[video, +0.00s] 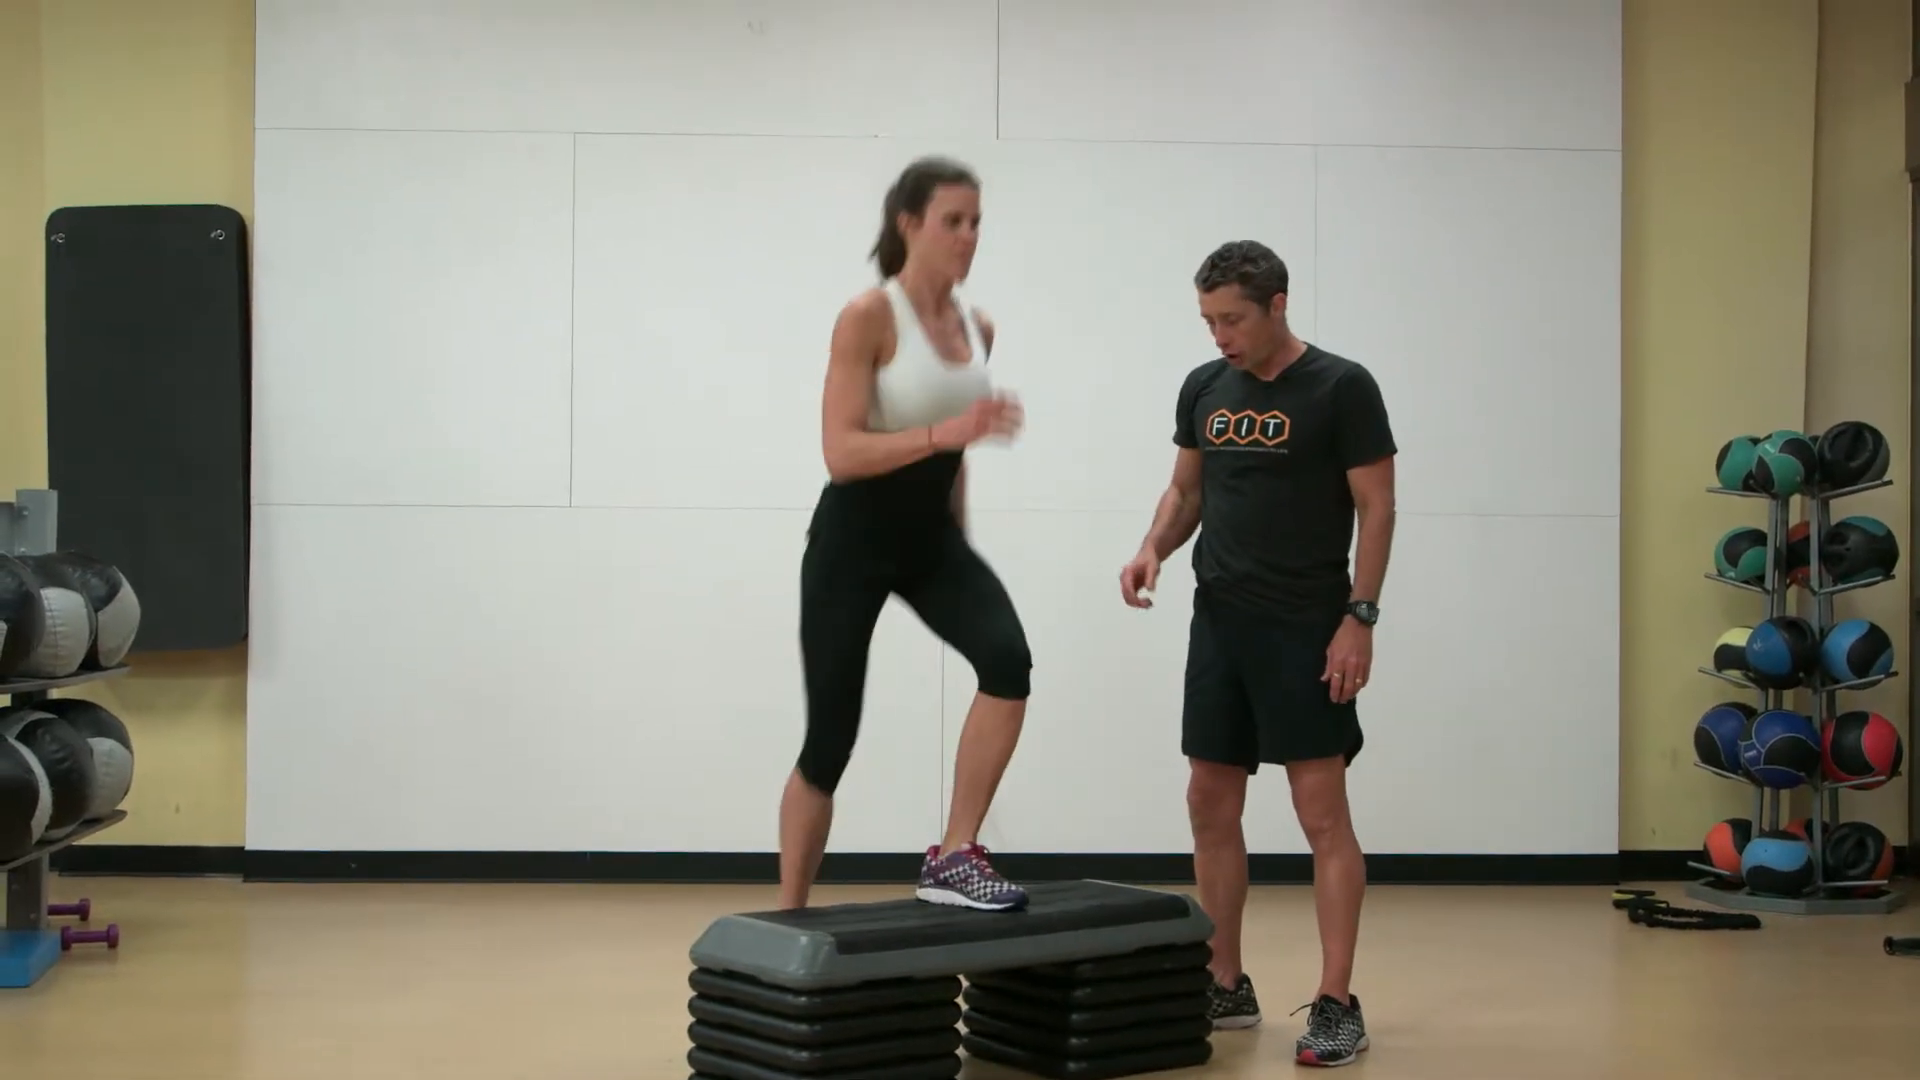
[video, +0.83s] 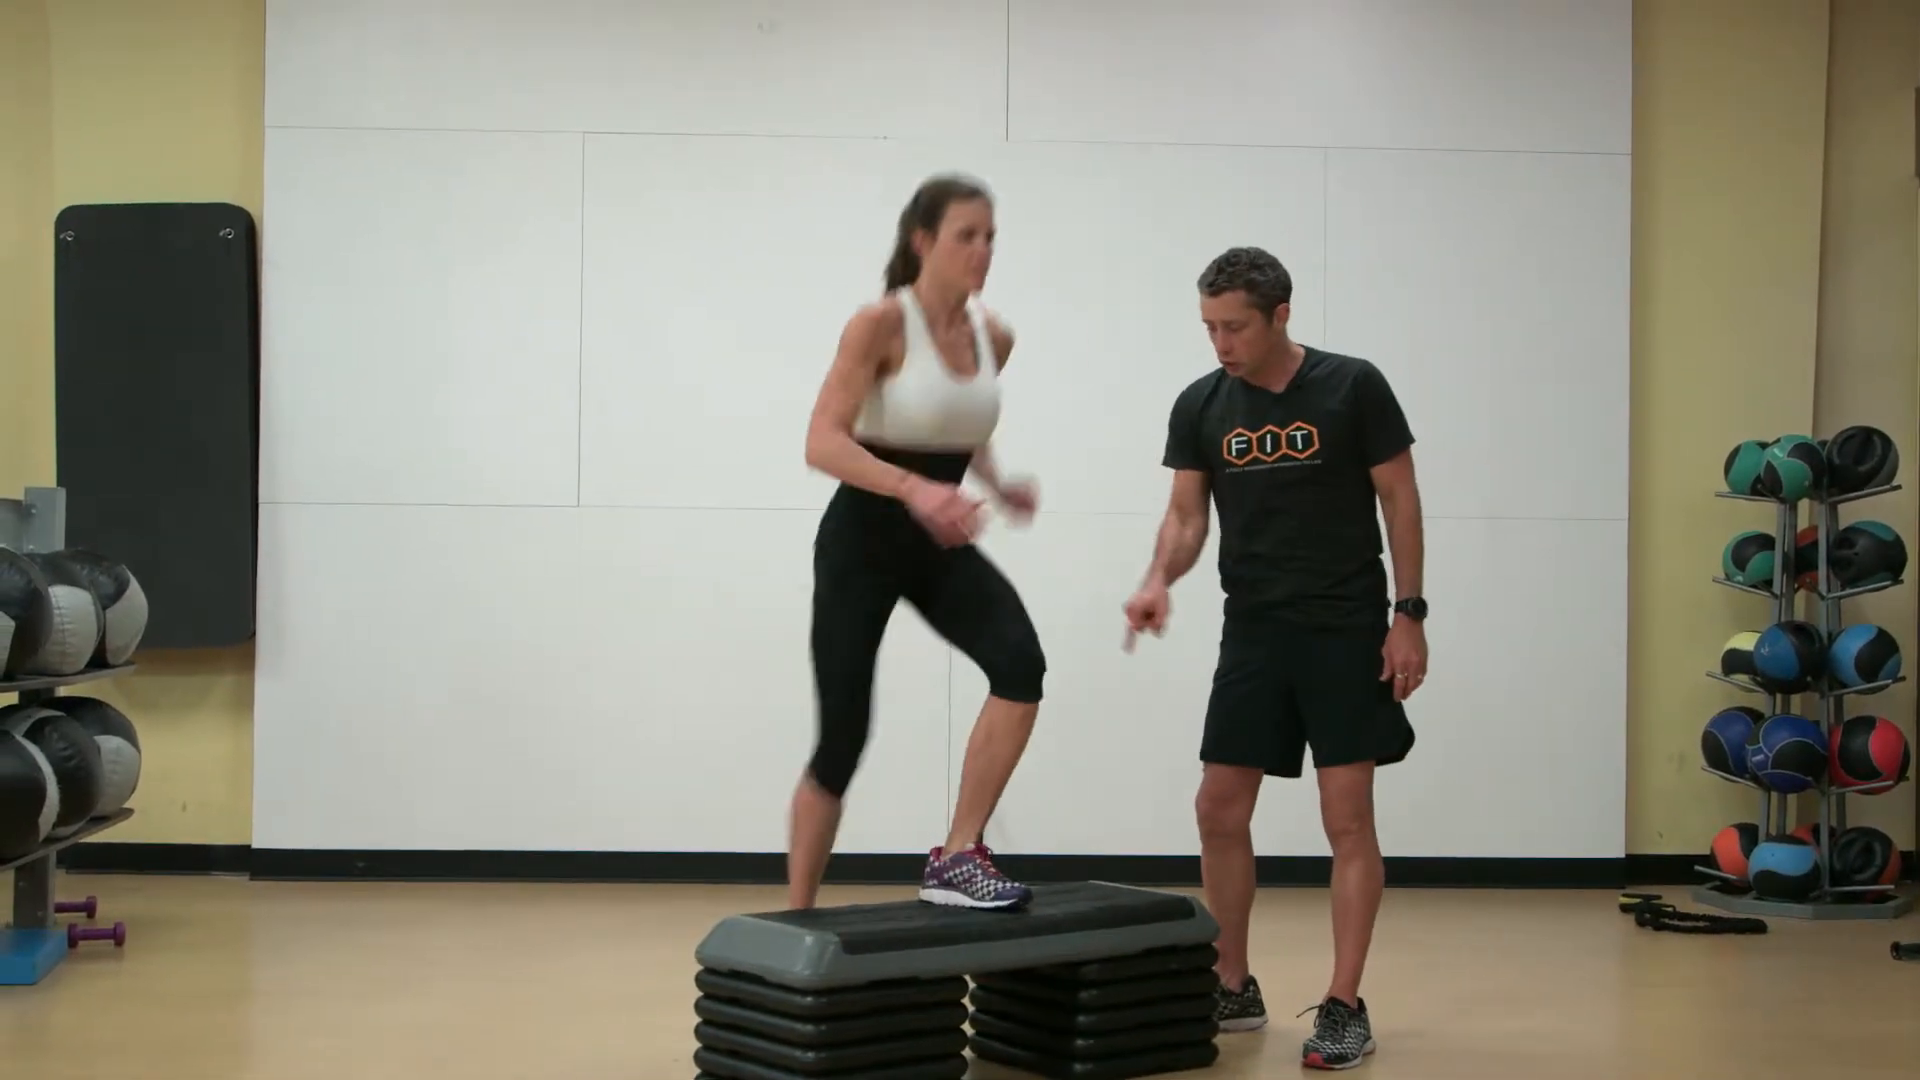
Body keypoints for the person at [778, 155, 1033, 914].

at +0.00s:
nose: (969, 236)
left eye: (975, 223)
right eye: (954, 221)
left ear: (976, 231)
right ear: (906, 225)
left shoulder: (973, 328)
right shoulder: (866, 320)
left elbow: (946, 447)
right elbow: (841, 451)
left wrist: (955, 545)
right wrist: (945, 433)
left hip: (931, 542)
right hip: (851, 545)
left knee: (1007, 662)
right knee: (829, 739)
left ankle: (955, 854)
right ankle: (789, 922)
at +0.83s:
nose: (984, 250)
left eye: (990, 237)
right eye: (968, 237)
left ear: (992, 244)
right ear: (921, 242)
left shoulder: (993, 337)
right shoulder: (877, 327)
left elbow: (964, 425)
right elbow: (823, 443)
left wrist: (997, 482)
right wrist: (912, 488)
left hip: (939, 545)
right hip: (860, 543)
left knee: (1020, 666)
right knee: (842, 736)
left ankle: (959, 855)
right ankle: (797, 919)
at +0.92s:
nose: (998, 199)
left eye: (1004, 184)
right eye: (982, 183)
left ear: (1006, 195)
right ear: (936, 191)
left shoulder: (1009, 298)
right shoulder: (887, 280)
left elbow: (1001, 424)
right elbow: (815, 400)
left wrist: (1034, 420)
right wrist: (849, 499)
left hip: (954, 500)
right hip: (877, 500)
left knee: (1017, 661)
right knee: (912, 692)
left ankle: (961, 855)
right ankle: (827, 826)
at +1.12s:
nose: (1004, 93)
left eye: (1012, 81)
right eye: (990, 79)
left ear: (1015, 93)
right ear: (945, 84)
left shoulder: (1032, 191)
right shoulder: (888, 175)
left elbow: (1083, 308)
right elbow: (811, 279)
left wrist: (1073, 205)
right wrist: (758, 375)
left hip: (977, 398)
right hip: (892, 384)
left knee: (976, 612)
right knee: (1030, 406)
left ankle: (982, 817)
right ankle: (927, 558)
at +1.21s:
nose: (1009, 82)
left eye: (1018, 68)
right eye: (995, 67)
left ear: (1022, 80)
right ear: (951, 72)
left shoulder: (1038, 181)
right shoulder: (892, 163)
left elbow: (1097, 293)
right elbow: (814, 264)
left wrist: (1083, 186)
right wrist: (764, 361)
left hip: (981, 387)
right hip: (898, 370)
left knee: (989, 595)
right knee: (1041, 365)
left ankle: (991, 805)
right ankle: (935, 524)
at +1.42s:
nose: (1017, 152)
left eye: (1025, 137)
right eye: (1002, 135)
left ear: (1029, 148)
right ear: (958, 141)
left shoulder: (1041, 254)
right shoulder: (906, 235)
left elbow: (1083, 384)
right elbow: (840, 351)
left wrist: (1091, 302)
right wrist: (815, 473)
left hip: (984, 456)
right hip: (904, 449)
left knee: (1024, 653)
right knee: (1029, 518)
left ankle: (988, 850)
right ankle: (912, 635)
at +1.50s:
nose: (1021, 177)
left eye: (1028, 163)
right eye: (1006, 161)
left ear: (1032, 173)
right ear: (961, 166)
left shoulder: (1032, 276)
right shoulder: (913, 256)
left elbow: (1040, 413)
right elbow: (856, 388)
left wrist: (1071, 386)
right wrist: (871, 501)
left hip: (982, 480)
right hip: (907, 478)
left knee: (1044, 650)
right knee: (985, 626)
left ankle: (989, 850)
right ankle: (873, 732)